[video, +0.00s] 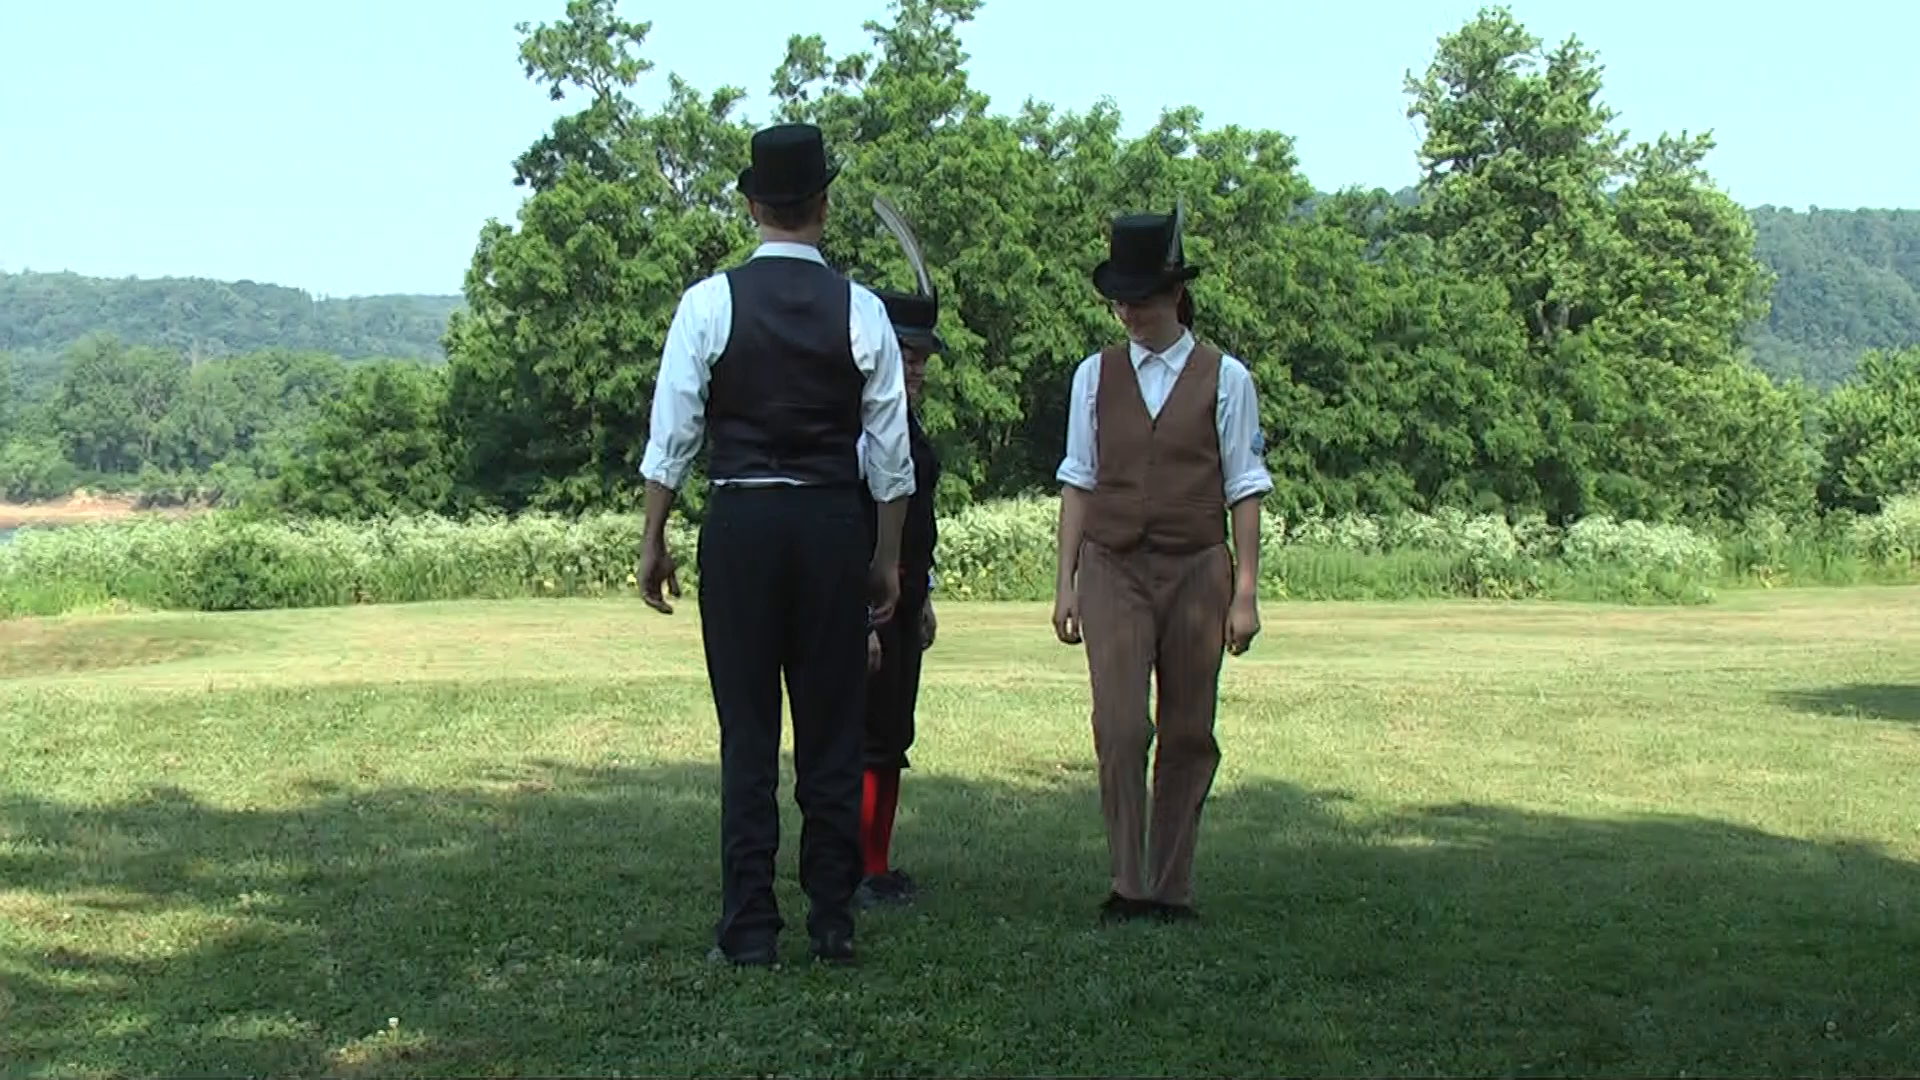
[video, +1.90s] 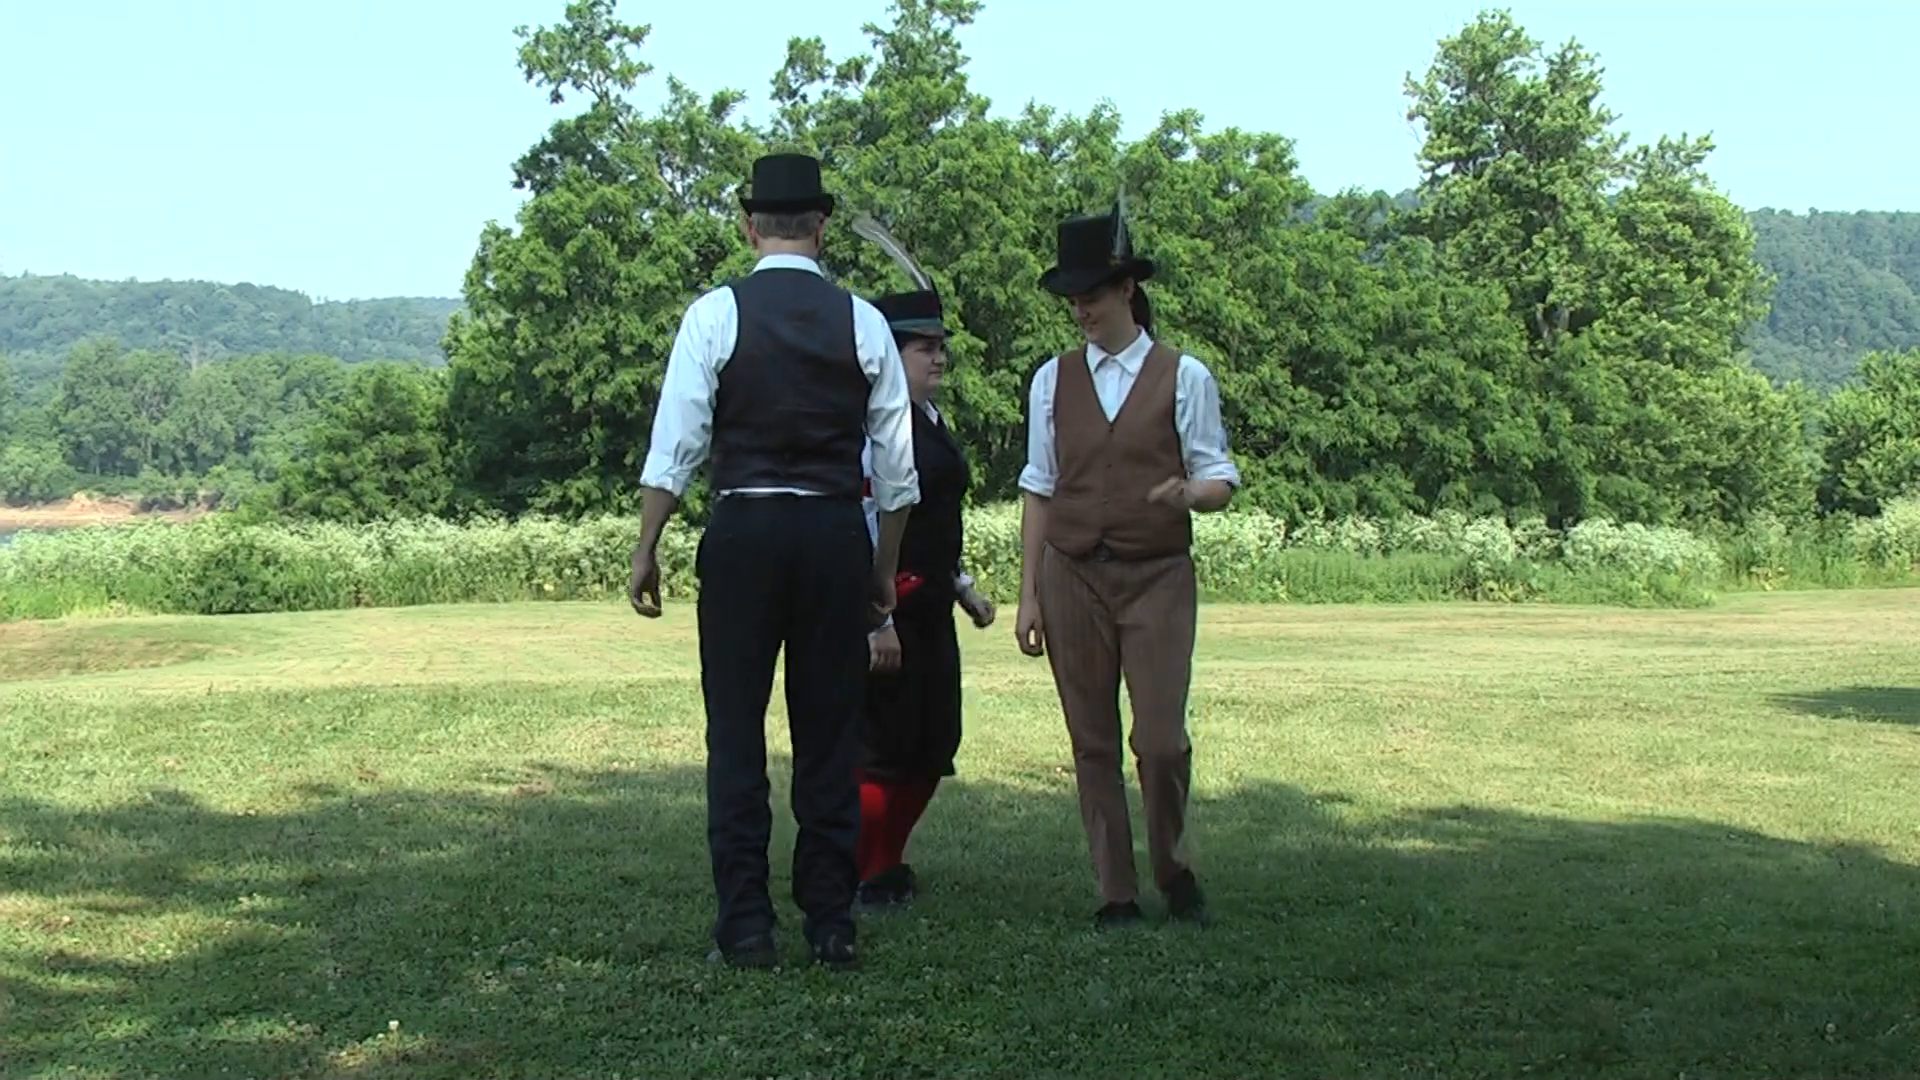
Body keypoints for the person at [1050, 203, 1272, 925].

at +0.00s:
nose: (1129, 314)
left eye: (1142, 301)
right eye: (1121, 302)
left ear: (1177, 294)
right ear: (1112, 302)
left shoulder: (1226, 377)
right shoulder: (1093, 376)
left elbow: (1247, 488)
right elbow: (1076, 484)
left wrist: (1246, 590)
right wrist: (1065, 582)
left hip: (1196, 572)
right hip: (1109, 571)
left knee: (1189, 736)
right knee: (1120, 731)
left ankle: (1172, 889)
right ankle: (1126, 887)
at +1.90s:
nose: (1082, 309)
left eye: (1094, 295)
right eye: (1074, 299)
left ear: (1130, 290)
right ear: (1068, 303)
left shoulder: (1184, 376)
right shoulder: (1051, 380)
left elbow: (1221, 482)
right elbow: (1037, 492)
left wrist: (1186, 491)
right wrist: (1028, 593)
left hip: (1158, 579)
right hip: (1070, 579)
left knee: (1161, 746)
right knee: (1094, 746)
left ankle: (1174, 872)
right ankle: (1116, 896)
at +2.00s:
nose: (1084, 312)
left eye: (1094, 298)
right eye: (1075, 302)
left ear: (1131, 290)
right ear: (1069, 306)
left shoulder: (1187, 372)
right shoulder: (1052, 380)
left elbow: (1230, 475)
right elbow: (1036, 491)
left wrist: (1197, 404)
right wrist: (1029, 592)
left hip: (1158, 574)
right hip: (1069, 574)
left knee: (1150, 732)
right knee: (1093, 743)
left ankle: (1161, 792)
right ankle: (1113, 896)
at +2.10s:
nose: (1083, 311)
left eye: (1096, 296)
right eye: (1074, 301)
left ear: (1132, 291)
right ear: (1068, 304)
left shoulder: (1178, 368)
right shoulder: (1050, 379)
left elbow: (1236, 420)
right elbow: (1037, 491)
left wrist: (1197, 328)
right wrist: (1028, 592)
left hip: (1156, 569)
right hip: (1069, 571)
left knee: (1131, 715)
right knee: (1091, 743)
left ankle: (1159, 769)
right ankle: (1114, 894)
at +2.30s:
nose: (1081, 308)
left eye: (1094, 293)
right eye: (1074, 295)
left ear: (1134, 291)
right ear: (1067, 297)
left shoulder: (1175, 363)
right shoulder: (1056, 371)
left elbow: (1215, 296)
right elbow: (1037, 485)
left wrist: (1192, 198)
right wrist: (1026, 586)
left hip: (1148, 577)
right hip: (1068, 578)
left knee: (1115, 749)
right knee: (1083, 751)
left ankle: (1142, 908)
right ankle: (1116, 899)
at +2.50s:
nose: (1066, 295)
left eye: (1077, 282)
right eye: (1063, 284)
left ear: (1117, 281)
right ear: (1071, 290)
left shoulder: (1147, 351)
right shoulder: (1063, 370)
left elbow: (1150, 263)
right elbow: (1044, 482)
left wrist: (1144, 152)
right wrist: (1018, 567)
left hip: (1136, 577)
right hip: (1061, 580)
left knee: (1119, 756)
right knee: (1019, 716)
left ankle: (1136, 916)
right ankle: (1112, 803)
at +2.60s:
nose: (1058, 262)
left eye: (1066, 250)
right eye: (1053, 252)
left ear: (1102, 244)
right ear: (1061, 256)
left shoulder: (1136, 311)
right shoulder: (1061, 329)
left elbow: (1124, 220)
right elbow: (1057, 437)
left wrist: (1102, 112)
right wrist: (1029, 530)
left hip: (1120, 536)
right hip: (1045, 533)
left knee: (1122, 715)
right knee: (1003, 672)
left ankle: (1147, 891)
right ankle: (1113, 739)